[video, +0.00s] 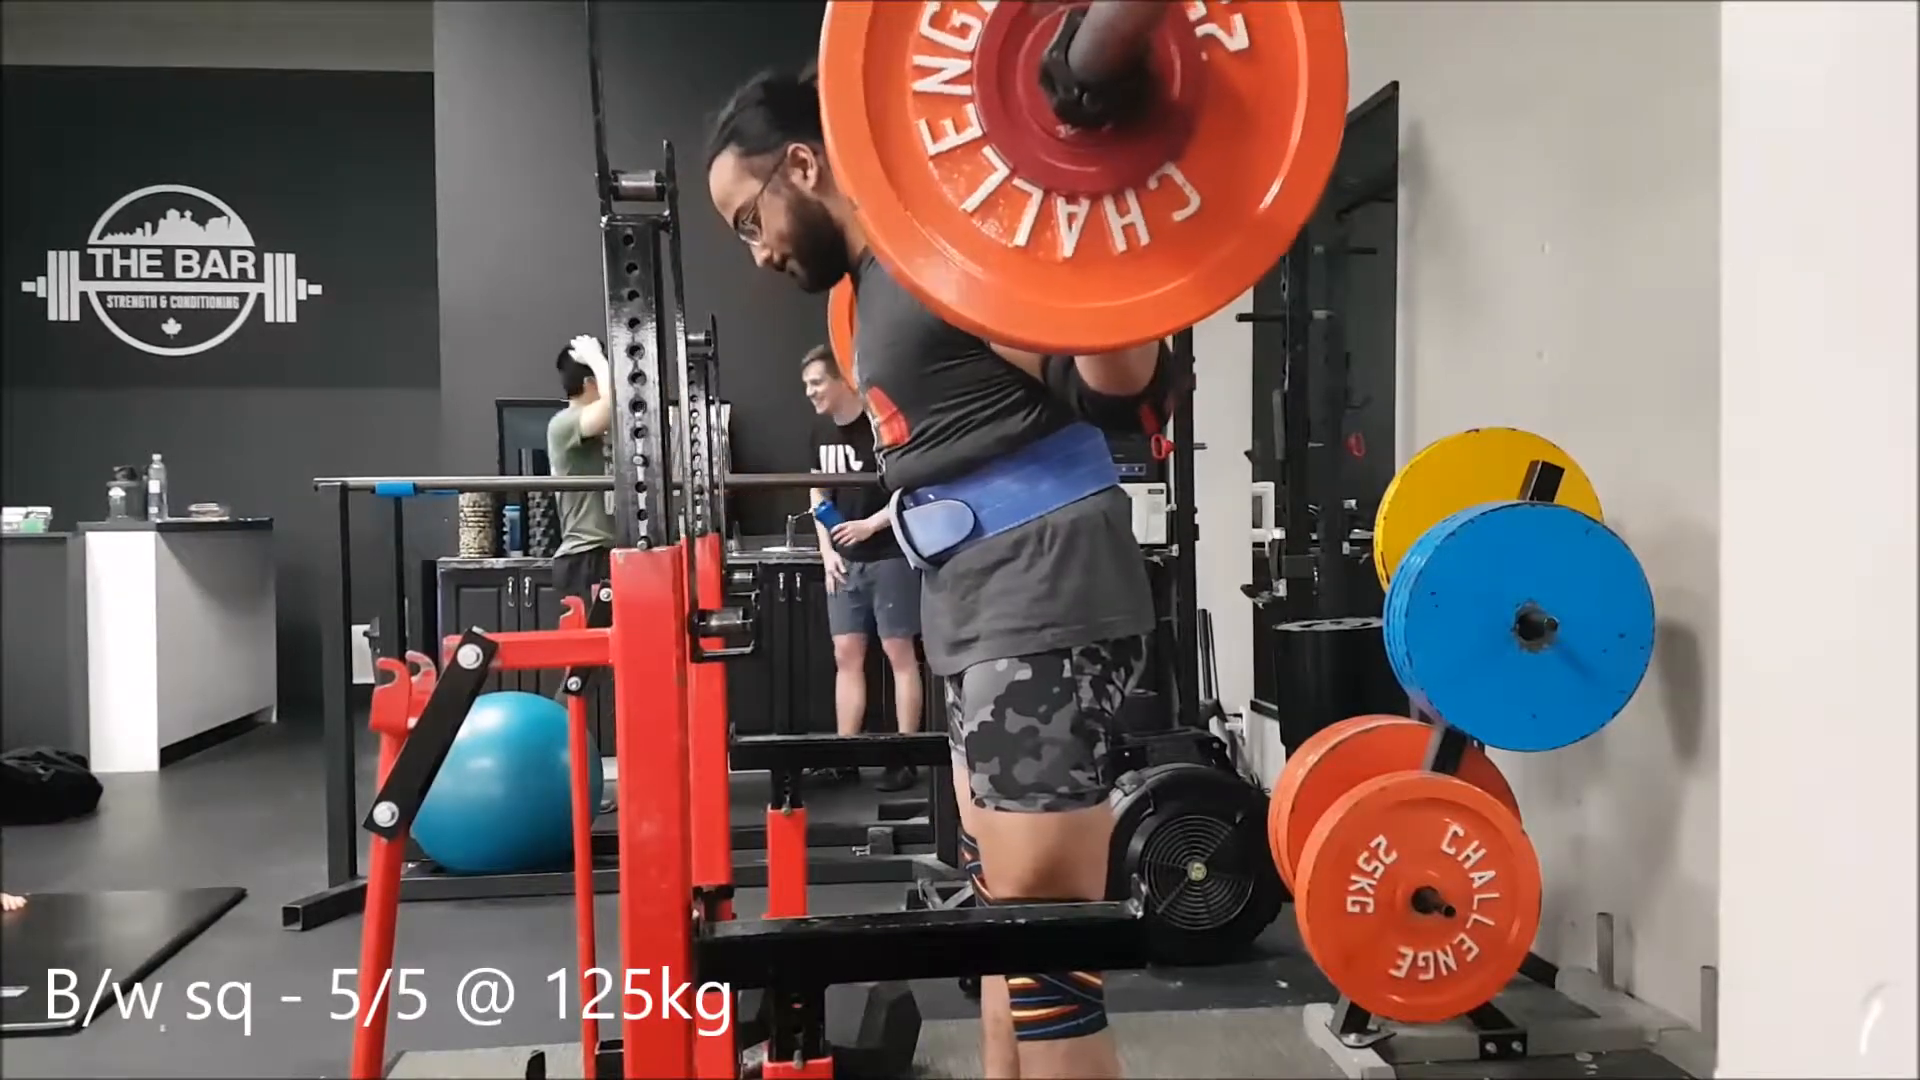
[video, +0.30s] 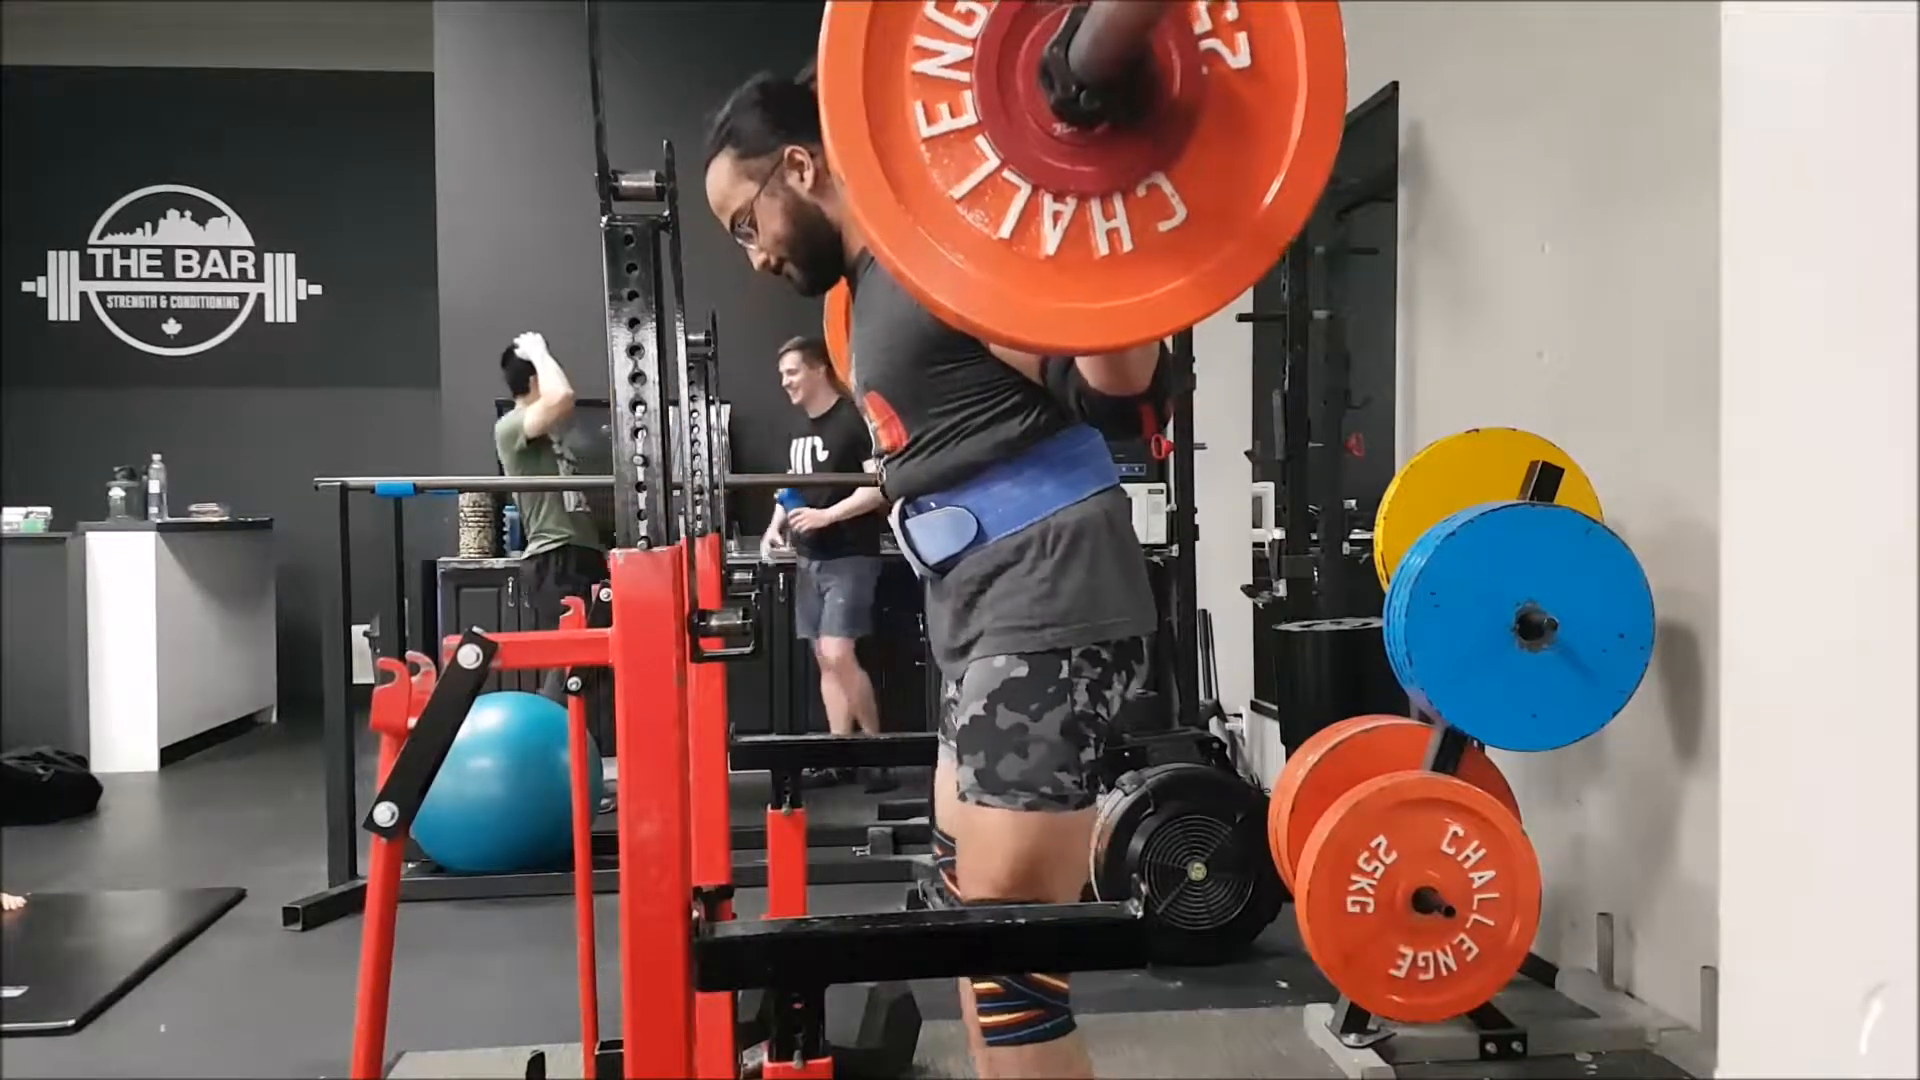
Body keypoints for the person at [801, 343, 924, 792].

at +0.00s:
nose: (811, 392)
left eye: (818, 383)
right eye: (807, 386)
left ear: (846, 380)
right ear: (811, 389)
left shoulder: (888, 427)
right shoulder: (823, 434)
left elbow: (915, 490)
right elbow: (819, 499)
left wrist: (872, 523)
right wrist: (827, 552)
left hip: (890, 556)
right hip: (844, 559)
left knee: (899, 652)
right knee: (846, 652)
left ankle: (905, 756)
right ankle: (845, 755)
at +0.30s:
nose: (786, 382)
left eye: (793, 373)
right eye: (783, 375)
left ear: (820, 371)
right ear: (789, 378)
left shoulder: (857, 421)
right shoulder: (800, 428)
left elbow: (882, 488)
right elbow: (792, 489)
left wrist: (827, 514)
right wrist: (774, 526)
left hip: (851, 556)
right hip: (811, 557)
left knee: (838, 652)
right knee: (825, 657)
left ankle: (876, 749)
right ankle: (840, 753)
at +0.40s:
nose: (778, 380)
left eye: (786, 370)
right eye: (775, 373)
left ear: (814, 370)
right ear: (780, 379)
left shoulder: (846, 420)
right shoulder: (790, 429)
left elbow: (871, 488)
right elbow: (784, 488)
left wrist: (810, 511)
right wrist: (763, 514)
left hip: (840, 552)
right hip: (799, 554)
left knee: (818, 649)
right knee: (815, 656)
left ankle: (841, 759)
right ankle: (835, 759)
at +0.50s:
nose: (770, 380)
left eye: (778, 370)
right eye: (768, 372)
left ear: (805, 370)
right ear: (774, 378)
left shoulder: (833, 423)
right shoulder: (781, 429)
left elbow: (858, 489)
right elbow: (778, 486)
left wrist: (792, 510)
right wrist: (756, 506)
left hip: (827, 552)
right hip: (790, 553)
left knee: (801, 650)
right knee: (821, 657)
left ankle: (801, 760)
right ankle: (841, 755)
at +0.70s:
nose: (743, 394)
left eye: (746, 377)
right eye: (736, 383)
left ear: (775, 375)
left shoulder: (804, 422)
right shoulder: (752, 428)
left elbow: (826, 492)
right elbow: (765, 488)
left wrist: (760, 510)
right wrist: (737, 499)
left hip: (799, 557)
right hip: (773, 557)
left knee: (781, 662)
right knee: (804, 664)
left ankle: (770, 779)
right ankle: (840, 755)